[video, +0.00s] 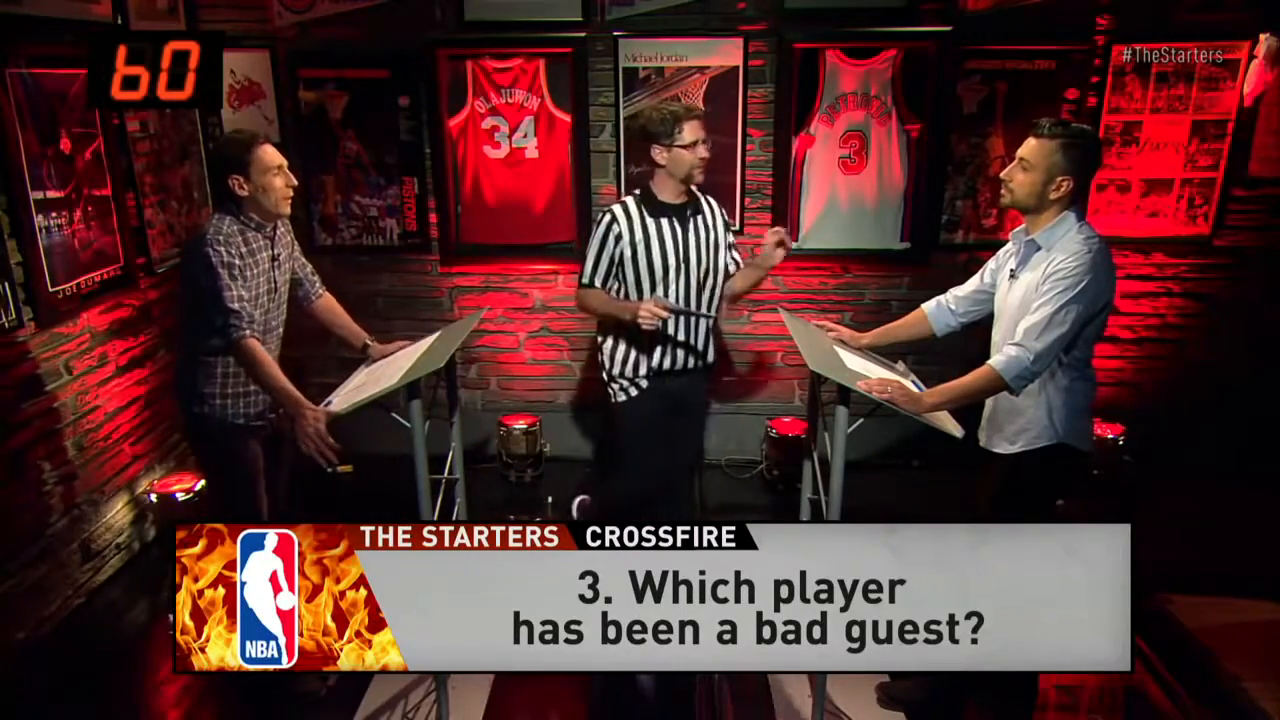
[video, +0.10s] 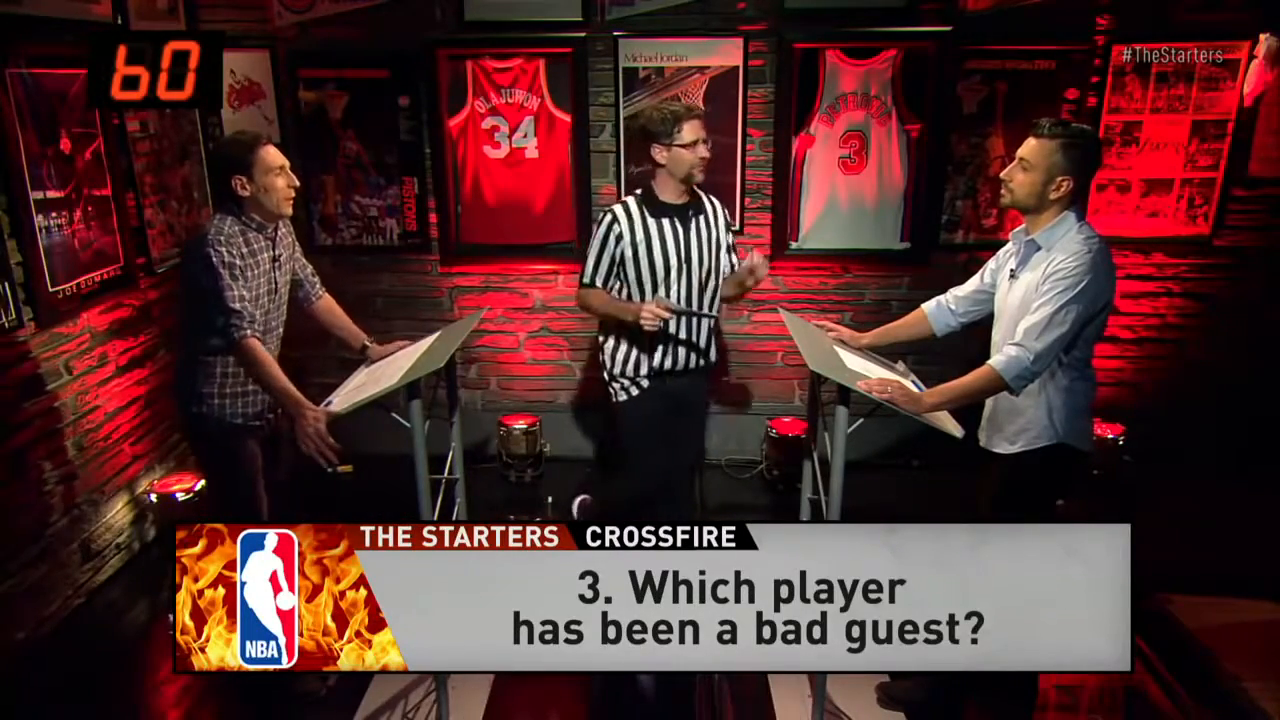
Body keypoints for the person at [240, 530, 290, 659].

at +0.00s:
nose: (271, 544)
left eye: (273, 541)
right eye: (269, 541)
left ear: (276, 543)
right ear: (265, 541)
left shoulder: (277, 560)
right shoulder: (254, 556)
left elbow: (281, 578)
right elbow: (244, 576)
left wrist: (286, 592)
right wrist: (255, 575)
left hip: (266, 589)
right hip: (251, 588)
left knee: (270, 615)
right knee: (259, 615)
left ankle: (281, 640)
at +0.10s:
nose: (271, 544)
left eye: (273, 541)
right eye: (269, 541)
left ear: (276, 543)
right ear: (265, 541)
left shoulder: (277, 560)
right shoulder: (254, 556)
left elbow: (281, 578)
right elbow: (244, 576)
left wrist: (286, 592)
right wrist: (255, 575)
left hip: (266, 589)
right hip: (251, 588)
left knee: (270, 615)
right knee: (259, 615)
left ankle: (281, 640)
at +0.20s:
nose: (271, 544)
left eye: (273, 541)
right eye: (269, 541)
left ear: (276, 543)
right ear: (265, 541)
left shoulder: (277, 561)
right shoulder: (254, 556)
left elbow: (281, 578)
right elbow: (244, 576)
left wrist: (286, 592)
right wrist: (256, 575)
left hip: (266, 588)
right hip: (251, 588)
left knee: (271, 615)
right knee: (260, 614)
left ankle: (281, 640)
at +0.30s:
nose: (271, 544)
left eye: (273, 541)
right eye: (269, 541)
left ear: (276, 543)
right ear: (265, 541)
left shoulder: (277, 561)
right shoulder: (254, 556)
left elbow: (281, 578)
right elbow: (244, 576)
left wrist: (286, 592)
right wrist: (256, 575)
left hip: (266, 588)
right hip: (251, 588)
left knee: (271, 615)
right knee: (260, 615)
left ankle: (281, 640)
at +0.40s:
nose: (271, 544)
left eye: (273, 541)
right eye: (270, 541)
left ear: (276, 543)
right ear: (265, 541)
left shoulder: (277, 560)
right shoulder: (254, 556)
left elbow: (282, 579)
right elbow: (244, 576)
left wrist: (286, 592)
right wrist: (254, 575)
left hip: (266, 589)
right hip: (251, 589)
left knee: (271, 616)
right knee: (260, 615)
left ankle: (281, 641)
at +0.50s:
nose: (271, 544)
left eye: (274, 541)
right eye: (270, 540)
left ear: (276, 543)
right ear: (265, 541)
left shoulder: (277, 561)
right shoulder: (254, 556)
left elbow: (282, 579)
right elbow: (244, 576)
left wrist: (286, 592)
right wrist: (256, 575)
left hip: (266, 589)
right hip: (251, 589)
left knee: (271, 616)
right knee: (260, 615)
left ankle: (281, 641)